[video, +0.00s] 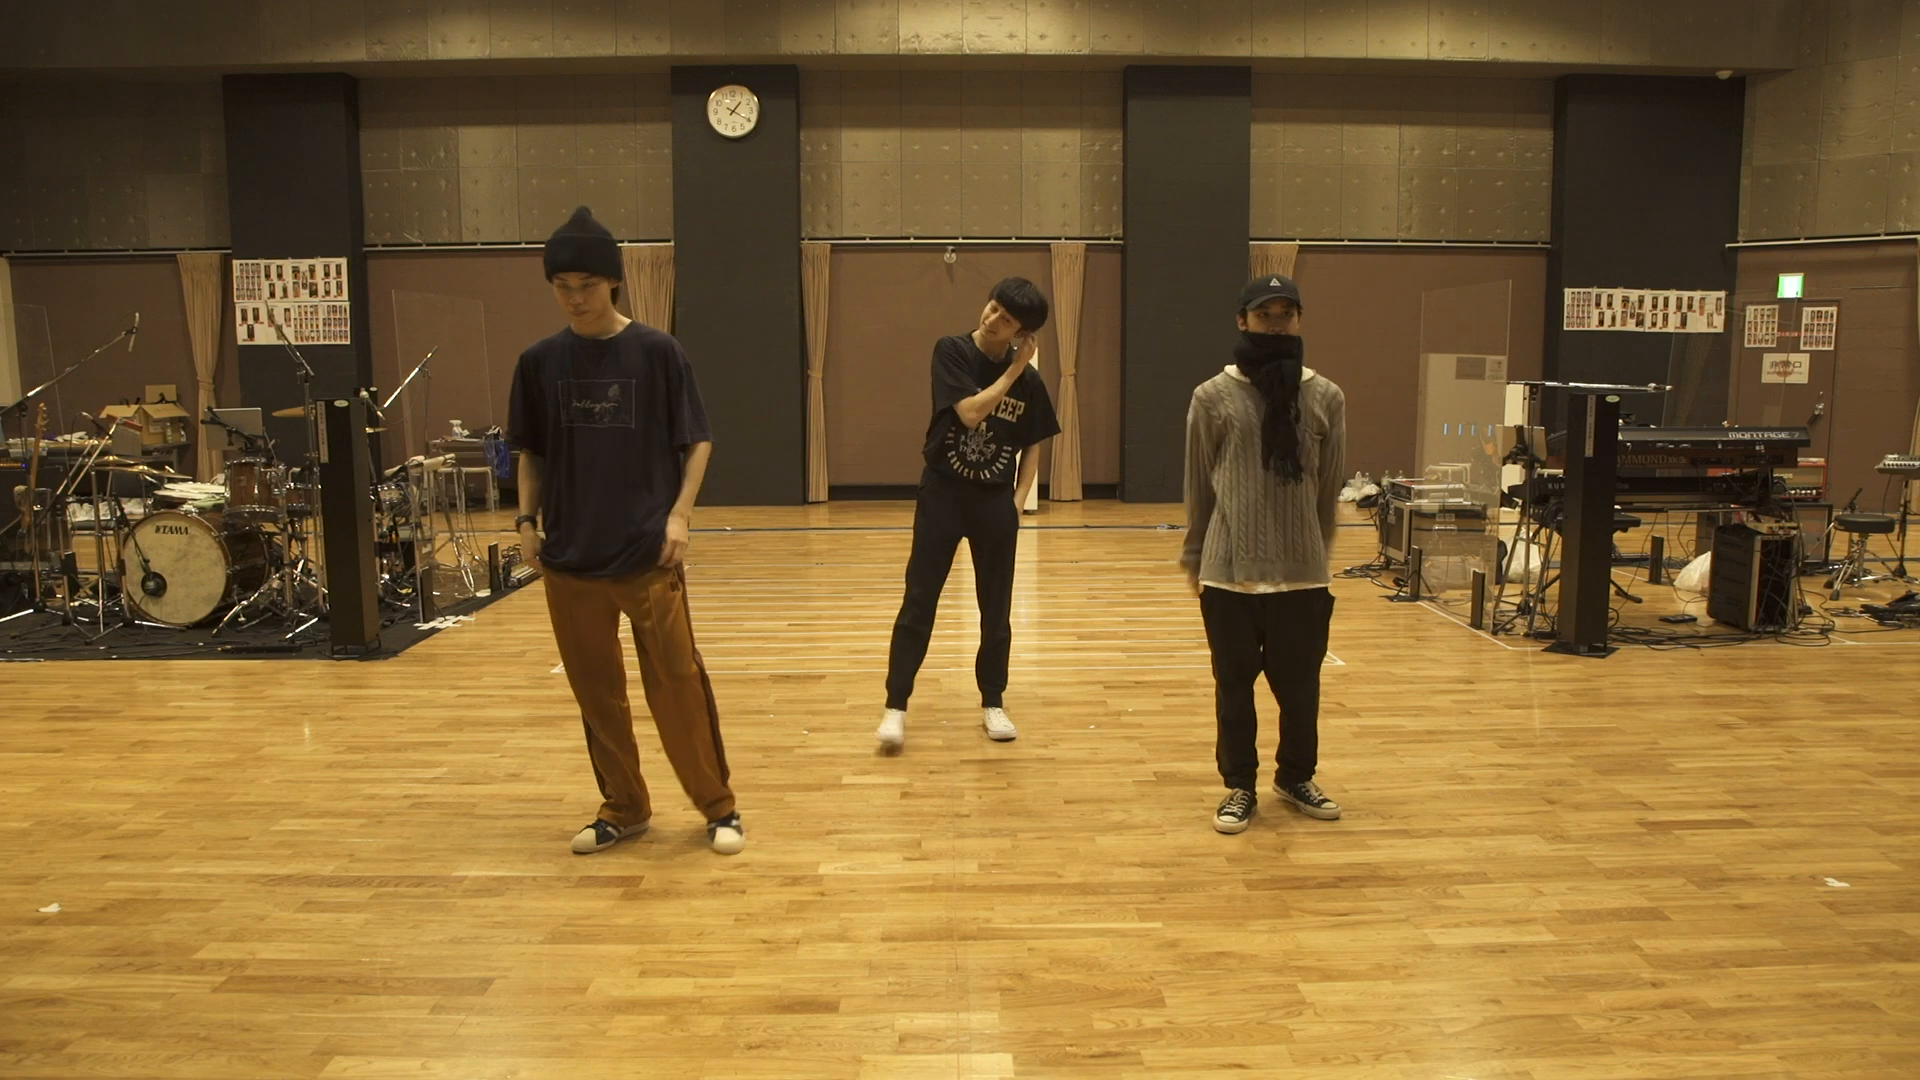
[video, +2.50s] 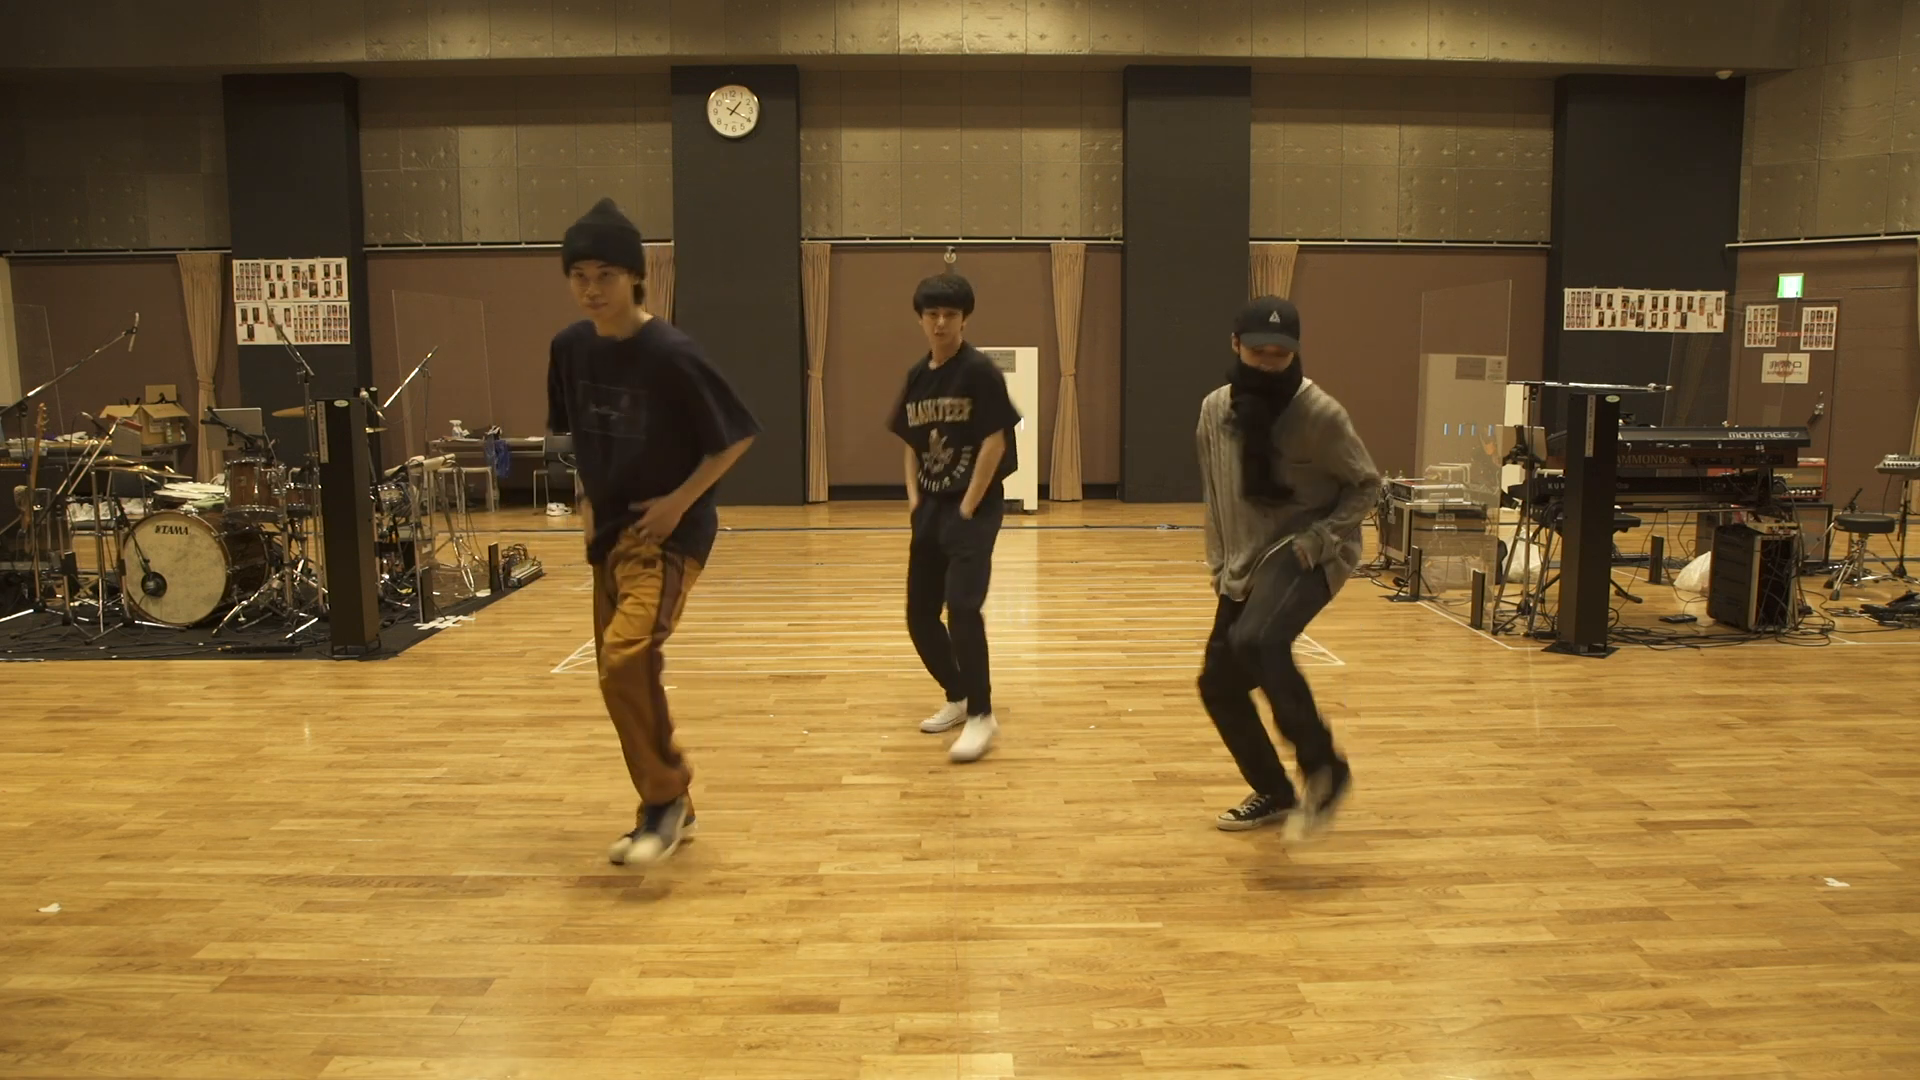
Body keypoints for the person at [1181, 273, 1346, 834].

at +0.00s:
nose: (1278, 323)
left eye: (1287, 314)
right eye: (1266, 314)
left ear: (1299, 322)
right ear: (1244, 321)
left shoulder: (1326, 397)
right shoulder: (1213, 397)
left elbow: (1330, 489)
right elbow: (1199, 486)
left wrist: (1318, 559)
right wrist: (1194, 558)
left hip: (1303, 573)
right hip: (1228, 573)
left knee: (1300, 688)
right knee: (1234, 688)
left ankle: (1297, 779)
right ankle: (1239, 788)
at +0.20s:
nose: (1270, 325)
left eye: (1279, 315)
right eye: (1258, 315)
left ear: (1291, 323)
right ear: (1234, 322)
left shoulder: (1317, 388)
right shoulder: (1205, 393)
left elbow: (1342, 460)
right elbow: (1197, 466)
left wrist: (1362, 518)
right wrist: (1200, 516)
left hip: (1298, 569)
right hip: (1224, 572)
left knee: (1306, 681)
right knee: (1229, 688)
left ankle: (1299, 774)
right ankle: (1240, 787)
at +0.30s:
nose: (1266, 324)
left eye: (1276, 314)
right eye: (1253, 314)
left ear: (1288, 321)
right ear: (1230, 321)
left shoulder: (1314, 383)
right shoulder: (1202, 385)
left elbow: (1332, 468)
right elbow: (1182, 470)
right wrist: (1211, 442)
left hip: (1299, 562)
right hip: (1224, 564)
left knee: (1312, 678)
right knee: (1226, 687)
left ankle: (1298, 769)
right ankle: (1239, 787)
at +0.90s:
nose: (1289, 331)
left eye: (1298, 321)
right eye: (1277, 321)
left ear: (1308, 326)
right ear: (1252, 325)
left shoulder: (1326, 383)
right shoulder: (1215, 390)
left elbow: (1360, 449)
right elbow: (1167, 465)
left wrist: (1395, 492)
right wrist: (1174, 517)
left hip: (1309, 572)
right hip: (1235, 575)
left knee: (1322, 688)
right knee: (1236, 691)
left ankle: (1331, 788)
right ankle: (1240, 790)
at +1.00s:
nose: (1297, 332)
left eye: (1306, 322)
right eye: (1285, 322)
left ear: (1316, 327)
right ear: (1260, 326)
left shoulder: (1336, 396)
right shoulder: (1232, 399)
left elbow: (1348, 492)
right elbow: (1217, 493)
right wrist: (1214, 575)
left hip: (1318, 577)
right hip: (1247, 580)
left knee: (1327, 691)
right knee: (1241, 693)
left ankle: (1331, 786)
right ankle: (1241, 789)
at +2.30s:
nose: (1303, 337)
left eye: (1313, 327)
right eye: (1291, 326)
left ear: (1325, 332)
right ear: (1266, 328)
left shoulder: (1340, 402)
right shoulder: (1226, 393)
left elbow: (1352, 489)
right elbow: (1209, 481)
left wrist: (1342, 563)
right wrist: (1211, 558)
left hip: (1311, 571)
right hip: (1239, 573)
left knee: (1327, 672)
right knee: (1243, 691)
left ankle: (1355, 719)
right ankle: (1257, 790)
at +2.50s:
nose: (1269, 363)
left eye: (1281, 353)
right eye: (1258, 351)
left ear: (1297, 353)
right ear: (1236, 347)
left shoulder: (1320, 415)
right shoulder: (1215, 409)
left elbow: (1367, 486)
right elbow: (1214, 496)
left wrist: (1318, 540)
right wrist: (1219, 565)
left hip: (1306, 558)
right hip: (1243, 566)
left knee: (1258, 643)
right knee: (1218, 686)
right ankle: (1274, 792)